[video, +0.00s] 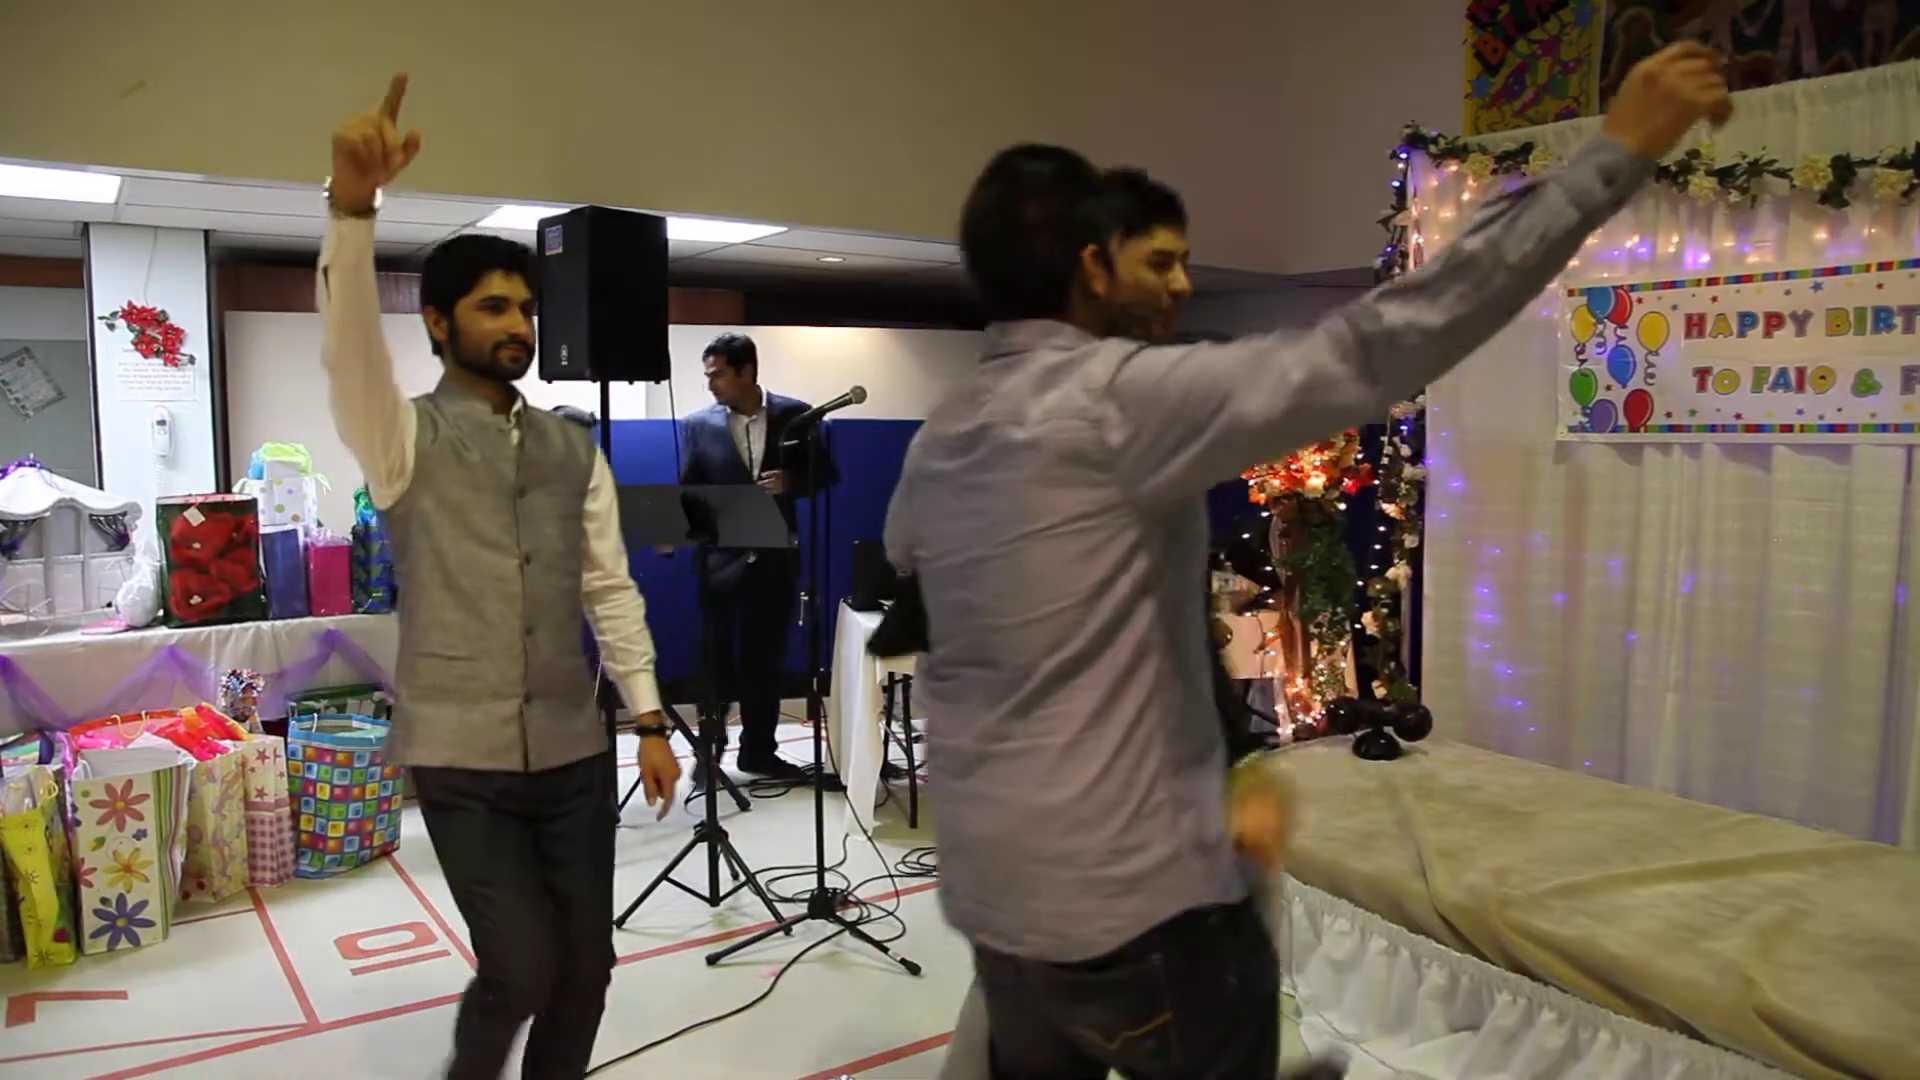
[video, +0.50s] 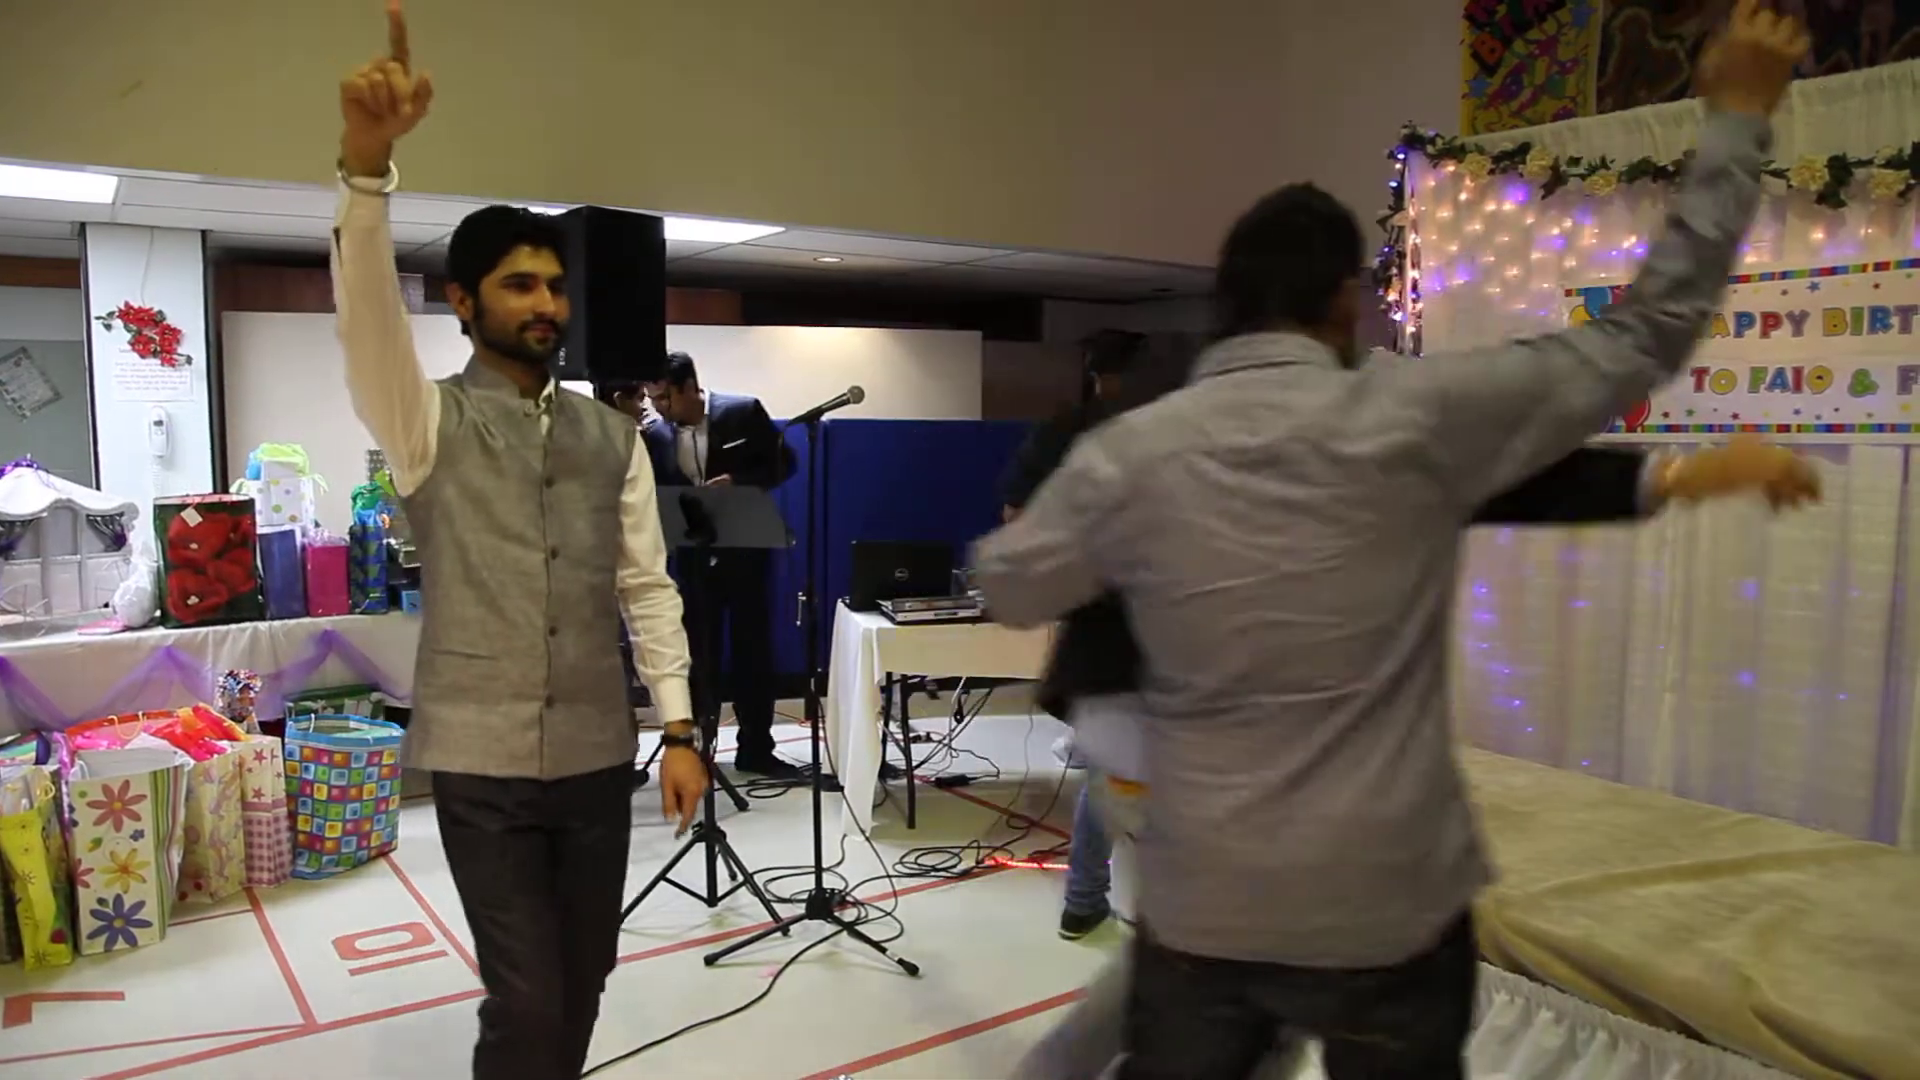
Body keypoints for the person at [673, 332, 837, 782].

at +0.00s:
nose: (710, 383)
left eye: (717, 374)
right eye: (707, 375)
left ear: (748, 371)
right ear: (712, 378)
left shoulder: (795, 416)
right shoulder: (699, 426)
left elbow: (825, 474)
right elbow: (689, 493)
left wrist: (790, 483)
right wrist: (673, 533)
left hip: (775, 561)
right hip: (720, 562)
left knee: (765, 659)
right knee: (716, 656)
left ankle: (758, 752)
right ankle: (708, 756)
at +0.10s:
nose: (700, 385)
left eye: (707, 377)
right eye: (697, 378)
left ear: (737, 374)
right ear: (703, 380)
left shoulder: (788, 415)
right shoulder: (693, 427)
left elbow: (819, 475)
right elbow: (687, 493)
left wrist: (784, 483)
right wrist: (672, 532)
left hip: (772, 561)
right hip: (715, 561)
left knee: (764, 659)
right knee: (706, 658)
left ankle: (758, 752)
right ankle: (695, 752)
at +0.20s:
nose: (687, 390)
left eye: (693, 381)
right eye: (684, 383)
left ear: (722, 378)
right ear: (694, 384)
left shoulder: (776, 413)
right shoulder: (684, 431)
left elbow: (806, 471)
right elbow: (682, 496)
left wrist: (773, 483)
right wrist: (675, 531)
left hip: (766, 556)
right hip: (709, 558)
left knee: (764, 655)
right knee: (704, 653)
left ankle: (757, 751)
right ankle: (696, 749)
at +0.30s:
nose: (674, 396)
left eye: (680, 388)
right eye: (672, 388)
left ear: (709, 384)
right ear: (690, 388)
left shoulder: (764, 413)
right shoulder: (673, 434)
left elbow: (797, 464)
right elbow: (673, 497)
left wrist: (760, 482)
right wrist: (706, 504)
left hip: (759, 553)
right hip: (701, 557)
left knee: (759, 649)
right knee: (699, 648)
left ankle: (756, 751)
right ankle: (695, 751)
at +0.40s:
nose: (664, 404)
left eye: (669, 394)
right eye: (661, 395)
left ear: (697, 387)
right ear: (670, 393)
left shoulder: (753, 412)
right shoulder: (663, 438)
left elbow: (792, 462)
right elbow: (660, 498)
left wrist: (749, 481)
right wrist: (701, 498)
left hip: (754, 552)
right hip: (698, 557)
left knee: (754, 648)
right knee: (699, 647)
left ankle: (756, 750)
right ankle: (694, 753)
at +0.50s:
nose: (658, 406)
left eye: (663, 396)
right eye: (654, 398)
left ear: (691, 388)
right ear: (657, 396)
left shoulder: (744, 413)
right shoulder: (655, 437)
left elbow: (783, 464)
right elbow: (650, 495)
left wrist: (736, 482)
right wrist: (690, 500)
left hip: (746, 555)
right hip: (690, 558)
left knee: (751, 649)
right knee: (695, 649)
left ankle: (755, 750)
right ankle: (692, 749)